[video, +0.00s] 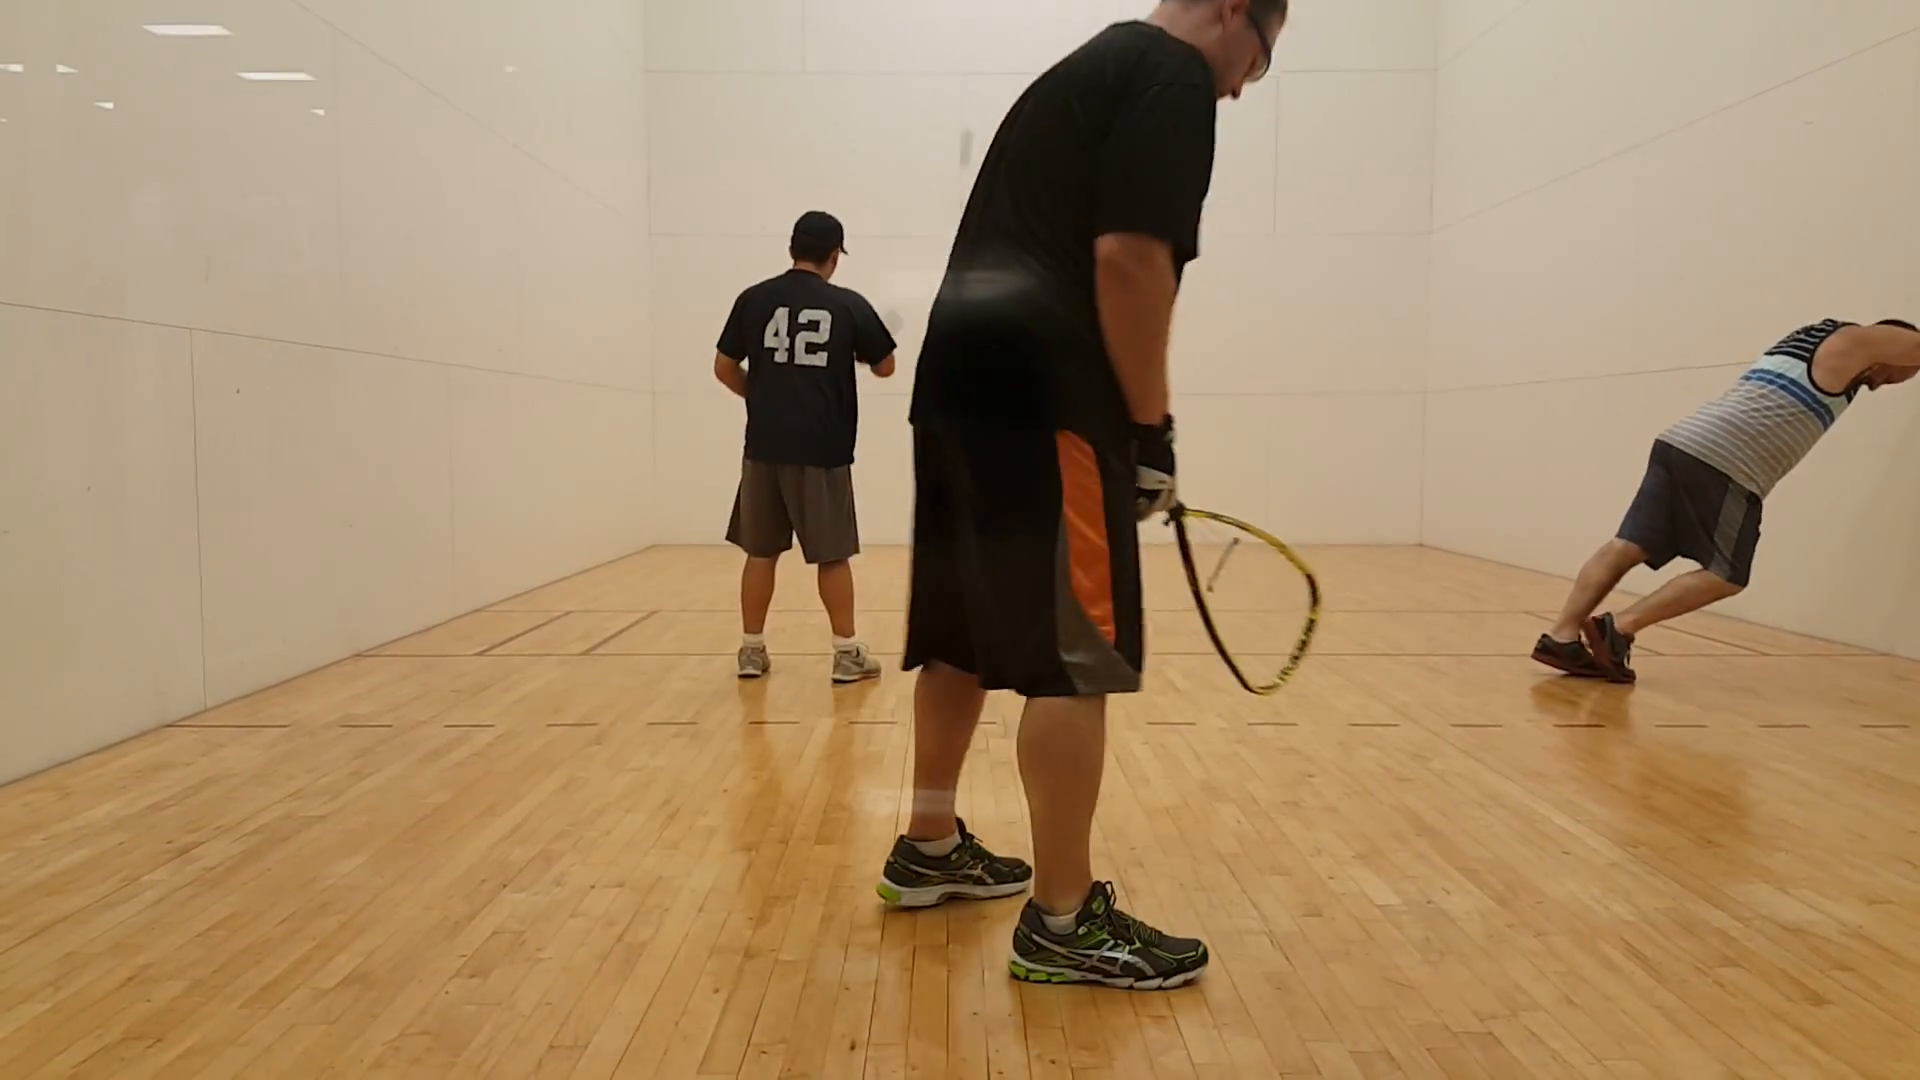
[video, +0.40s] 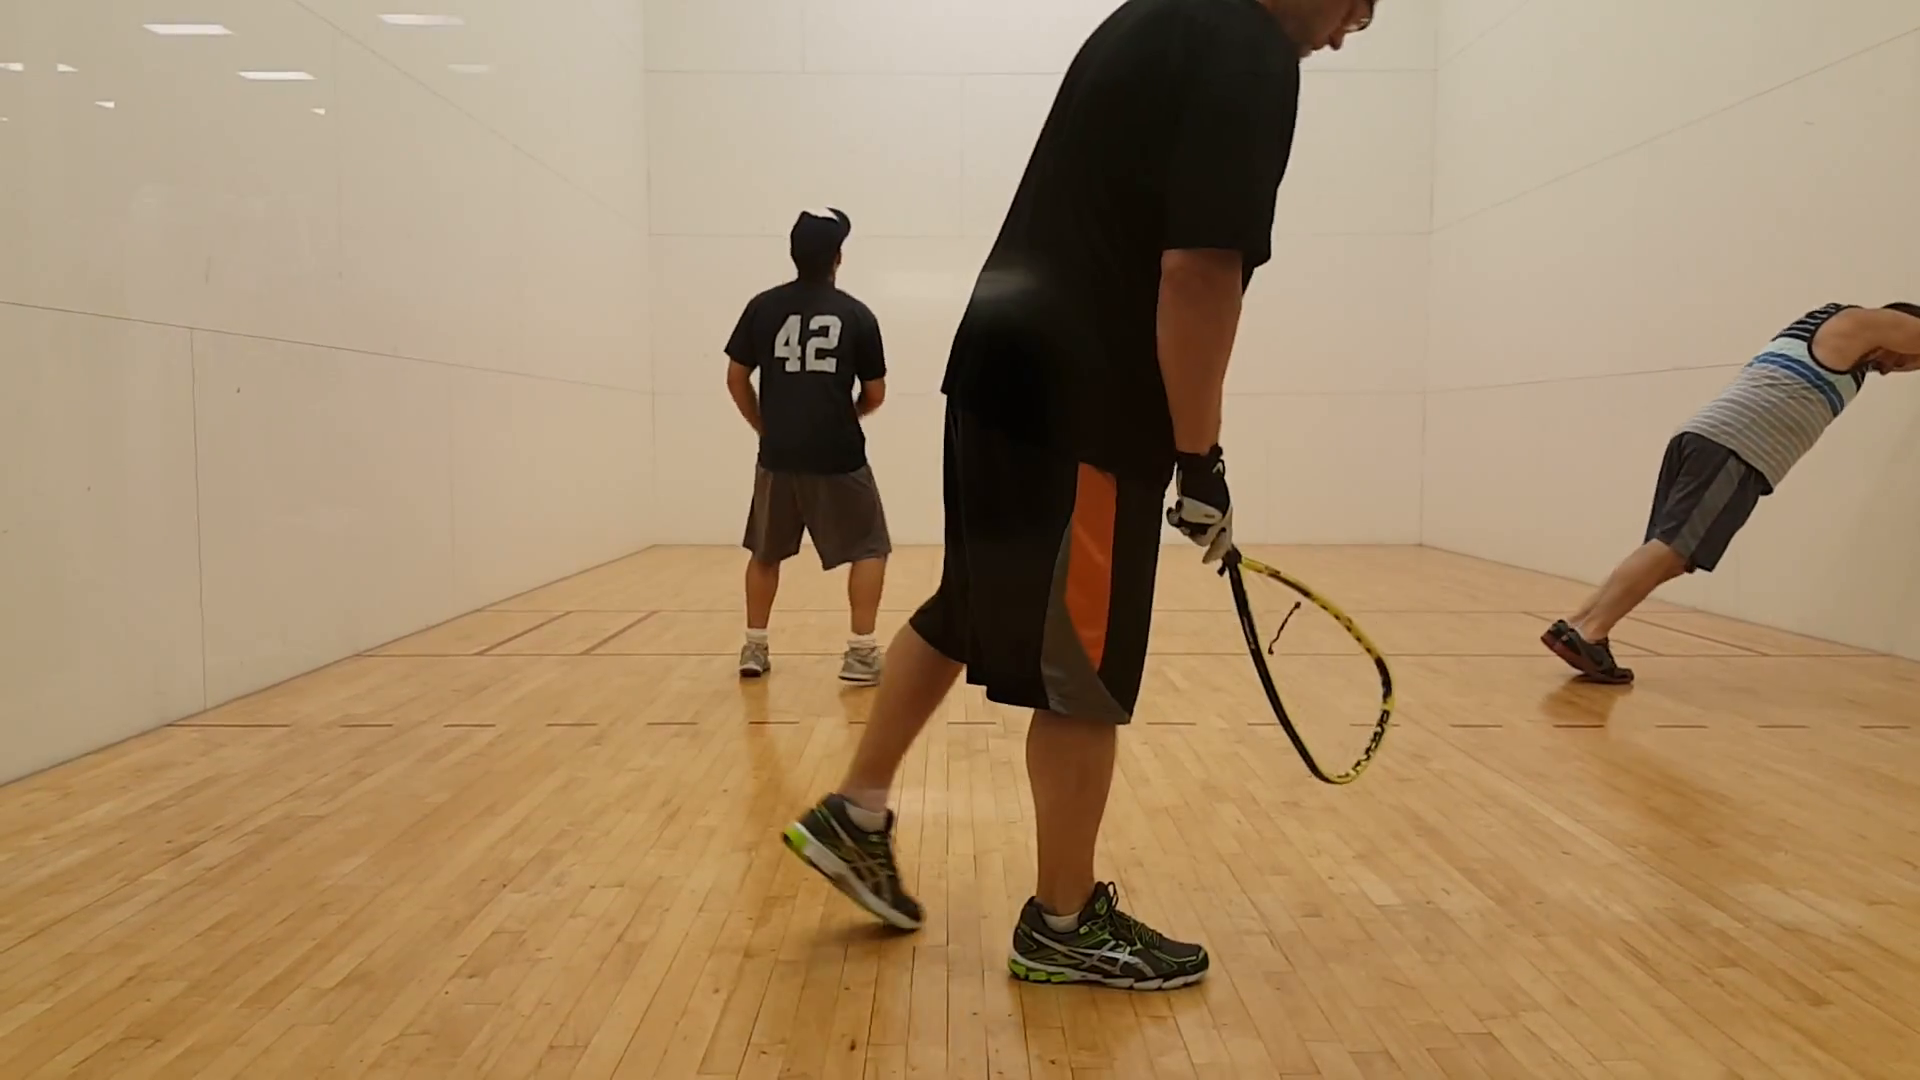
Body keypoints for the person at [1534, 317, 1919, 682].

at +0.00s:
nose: (1890, 384)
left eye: (1899, 377)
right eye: (1899, 372)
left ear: (1882, 345)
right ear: (1887, 348)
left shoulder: (1807, 337)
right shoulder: (1851, 347)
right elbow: (1917, 348)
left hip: (1679, 443)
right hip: (1729, 470)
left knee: (1629, 546)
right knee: (1726, 576)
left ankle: (1562, 636)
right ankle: (1618, 627)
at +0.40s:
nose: (1897, 369)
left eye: (1906, 364)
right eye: (1906, 359)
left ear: (1894, 333)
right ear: (1897, 333)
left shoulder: (1820, 330)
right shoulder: (1851, 325)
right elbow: (1919, 332)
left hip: (1705, 439)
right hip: (1730, 451)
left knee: (1665, 548)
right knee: (1675, 551)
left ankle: (1579, 625)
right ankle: (1588, 634)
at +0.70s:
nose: (1898, 390)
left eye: (1906, 384)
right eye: (1905, 379)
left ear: (1890, 362)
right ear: (1892, 358)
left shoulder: (1825, 358)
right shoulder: (1852, 350)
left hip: (1730, 475)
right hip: (1726, 467)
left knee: (1705, 580)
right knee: (1654, 554)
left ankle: (1592, 618)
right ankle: (1575, 645)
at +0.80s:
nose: (1899, 391)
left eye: (1906, 386)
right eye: (1905, 380)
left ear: (1892, 366)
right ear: (1892, 361)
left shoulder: (1826, 359)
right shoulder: (1853, 350)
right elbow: (1919, 350)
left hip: (1734, 477)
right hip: (1729, 468)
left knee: (1707, 581)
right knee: (1656, 554)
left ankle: (1594, 618)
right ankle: (1576, 644)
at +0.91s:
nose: (1899, 384)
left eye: (1906, 378)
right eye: (1905, 373)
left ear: (1889, 358)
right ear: (1892, 353)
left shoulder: (1827, 355)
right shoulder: (1853, 343)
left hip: (1741, 475)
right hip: (1732, 465)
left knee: (1703, 578)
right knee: (1663, 553)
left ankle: (1591, 618)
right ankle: (1580, 642)